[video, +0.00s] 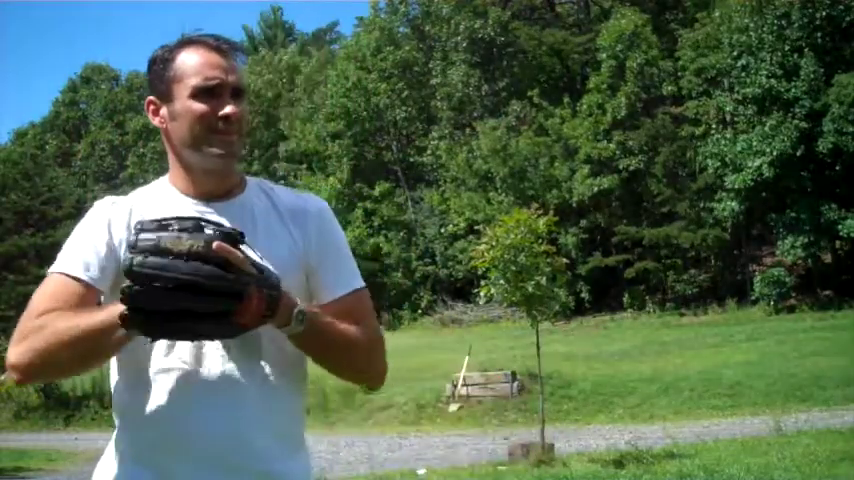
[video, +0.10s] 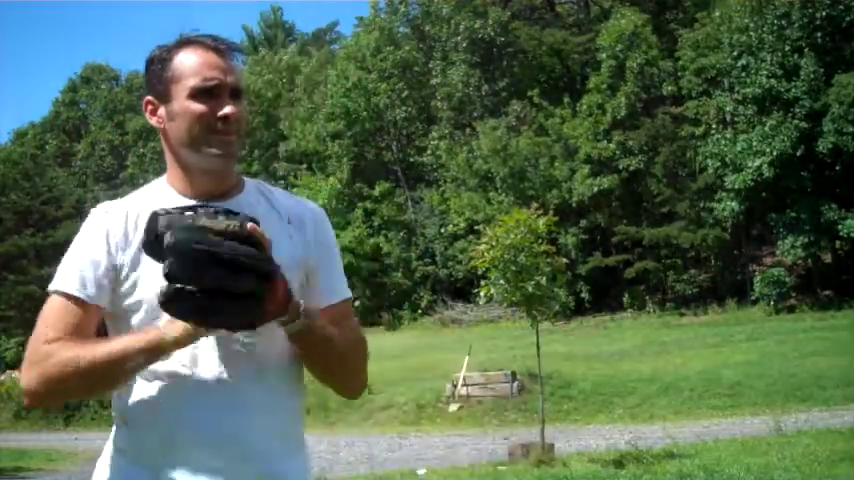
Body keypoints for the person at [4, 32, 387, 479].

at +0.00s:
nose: (231, 110)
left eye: (238, 96)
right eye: (209, 93)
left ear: (247, 108)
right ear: (158, 112)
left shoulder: (307, 217)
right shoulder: (115, 220)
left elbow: (371, 366)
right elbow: (24, 356)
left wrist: (282, 310)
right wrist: (137, 312)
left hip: (272, 467)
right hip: (145, 467)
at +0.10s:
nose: (229, 110)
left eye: (236, 95)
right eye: (207, 94)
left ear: (245, 107)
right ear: (156, 113)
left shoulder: (303, 222)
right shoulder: (113, 226)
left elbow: (352, 377)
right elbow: (39, 377)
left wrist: (287, 312)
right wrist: (173, 332)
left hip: (272, 468)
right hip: (146, 470)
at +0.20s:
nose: (228, 109)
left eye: (234, 94)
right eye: (207, 93)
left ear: (243, 105)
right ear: (156, 113)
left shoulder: (299, 220)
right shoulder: (108, 230)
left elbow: (344, 383)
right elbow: (49, 387)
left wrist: (303, 303)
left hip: (271, 469)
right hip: (143, 471)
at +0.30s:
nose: (228, 109)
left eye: (234, 94)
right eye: (205, 93)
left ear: (243, 106)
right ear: (155, 112)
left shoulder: (283, 221)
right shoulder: (108, 231)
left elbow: (348, 383)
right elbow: (62, 389)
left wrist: (320, 287)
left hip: (273, 469)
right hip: (151, 468)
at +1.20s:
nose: (201, 98)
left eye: (208, 84)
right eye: (176, 86)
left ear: (221, 99)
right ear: (130, 113)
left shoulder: (283, 216)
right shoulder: (94, 238)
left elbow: (375, 337)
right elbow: (62, 401)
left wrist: (329, 210)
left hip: (267, 469)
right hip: (141, 471)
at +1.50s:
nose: (169, 102)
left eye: (179, 88)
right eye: (147, 91)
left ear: (194, 98)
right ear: (107, 112)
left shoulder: (267, 200)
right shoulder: (87, 245)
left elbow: (354, 307)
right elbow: (77, 396)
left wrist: (273, 227)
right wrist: (48, 474)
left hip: (258, 465)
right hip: (136, 469)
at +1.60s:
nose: (149, 113)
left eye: (162, 95)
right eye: (128, 100)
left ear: (185, 108)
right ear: (97, 120)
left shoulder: (259, 203)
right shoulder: (87, 233)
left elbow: (329, 349)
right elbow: (80, 382)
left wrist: (234, 271)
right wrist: (58, 432)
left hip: (254, 466)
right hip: (133, 469)